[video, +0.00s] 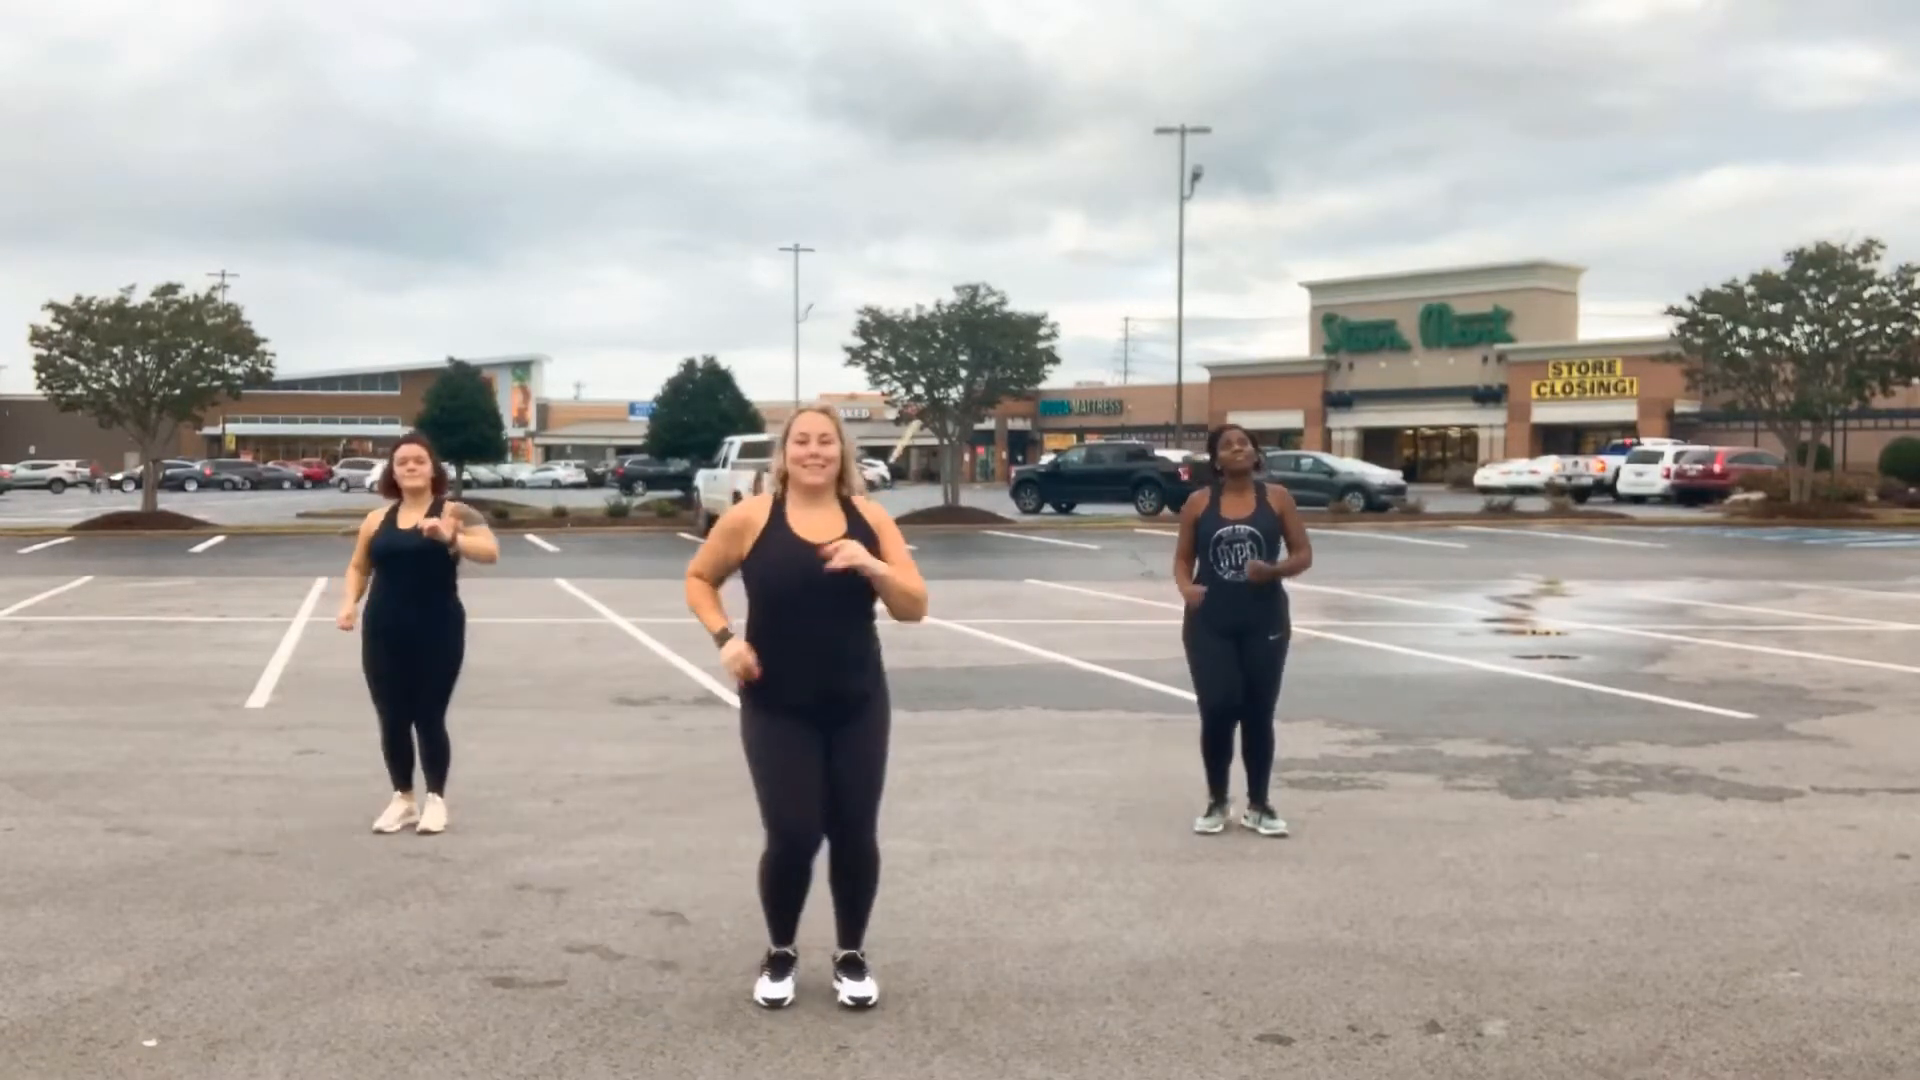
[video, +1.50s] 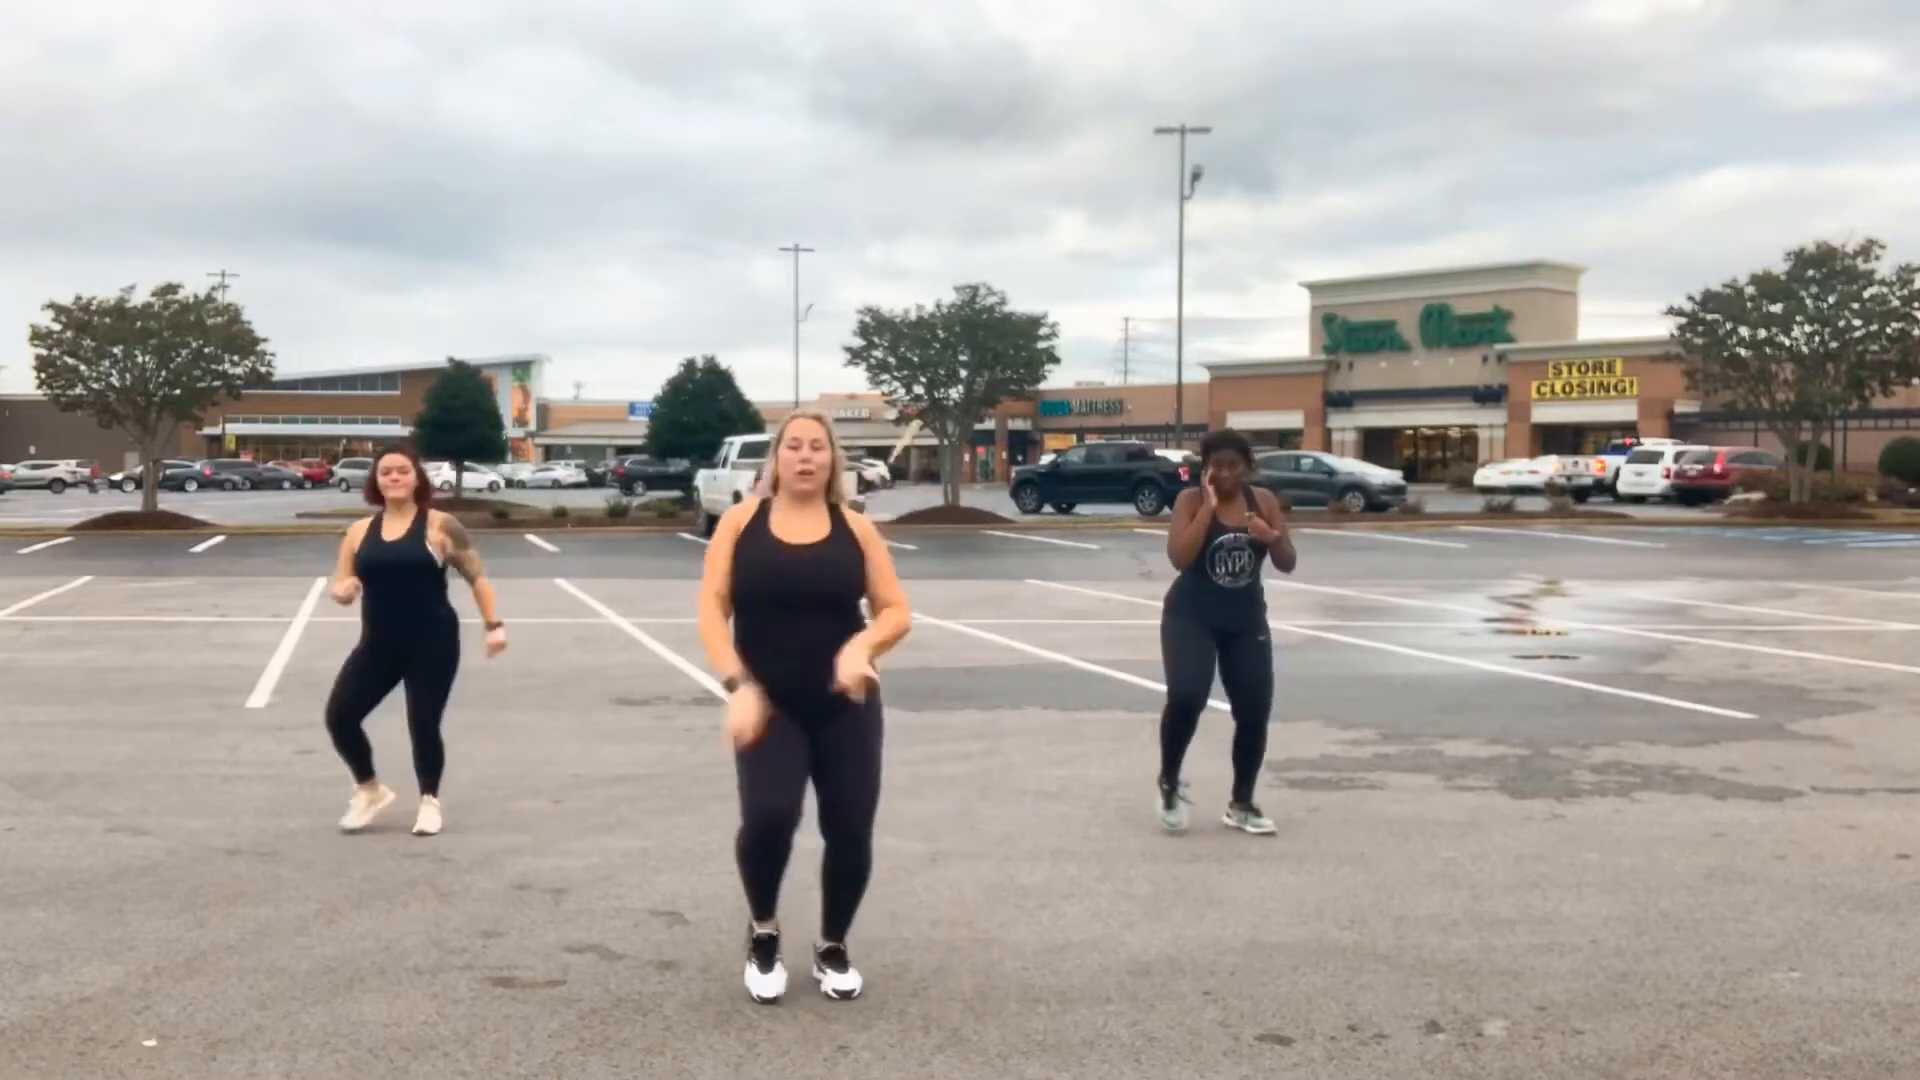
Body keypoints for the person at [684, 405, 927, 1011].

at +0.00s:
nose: (814, 450)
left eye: (826, 440)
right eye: (801, 440)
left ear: (843, 452)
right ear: (783, 453)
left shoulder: (869, 519)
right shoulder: (749, 519)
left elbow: (914, 607)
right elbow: (699, 579)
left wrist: (875, 569)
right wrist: (727, 638)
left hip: (857, 704)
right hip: (776, 704)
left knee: (855, 835)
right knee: (794, 837)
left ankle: (851, 956)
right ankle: (780, 956)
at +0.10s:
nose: (817, 457)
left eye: (827, 448)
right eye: (805, 448)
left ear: (844, 460)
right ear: (786, 460)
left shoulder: (871, 529)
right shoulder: (754, 523)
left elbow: (907, 617)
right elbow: (694, 589)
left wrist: (865, 594)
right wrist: (719, 661)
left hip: (862, 711)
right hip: (782, 712)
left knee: (866, 835)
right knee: (806, 838)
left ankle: (853, 957)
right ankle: (782, 957)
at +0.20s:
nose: (818, 457)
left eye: (829, 448)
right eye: (806, 448)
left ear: (846, 459)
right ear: (787, 460)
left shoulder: (876, 526)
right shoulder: (760, 529)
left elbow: (906, 608)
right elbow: (708, 614)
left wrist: (880, 674)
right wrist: (727, 699)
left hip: (862, 706)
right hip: (783, 710)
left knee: (889, 827)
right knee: (794, 842)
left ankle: (859, 952)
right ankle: (779, 957)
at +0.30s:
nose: (821, 457)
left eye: (832, 447)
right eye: (809, 448)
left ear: (850, 458)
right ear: (791, 459)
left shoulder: (883, 524)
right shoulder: (766, 531)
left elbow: (915, 617)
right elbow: (736, 620)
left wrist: (929, 701)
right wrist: (767, 686)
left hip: (869, 706)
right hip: (788, 707)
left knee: (915, 813)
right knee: (785, 840)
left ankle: (894, 940)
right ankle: (778, 957)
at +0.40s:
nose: (835, 449)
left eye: (846, 439)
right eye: (823, 440)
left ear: (864, 451)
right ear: (805, 452)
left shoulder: (897, 517)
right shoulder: (778, 520)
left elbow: (949, 588)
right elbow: (755, 609)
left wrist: (961, 662)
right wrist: (819, 612)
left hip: (881, 702)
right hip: (795, 704)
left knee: (925, 822)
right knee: (786, 833)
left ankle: (958, 935)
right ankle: (777, 954)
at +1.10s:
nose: (825, 440)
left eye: (837, 431)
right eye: (814, 430)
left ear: (854, 445)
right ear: (796, 445)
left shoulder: (882, 512)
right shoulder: (765, 511)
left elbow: (924, 588)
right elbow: (708, 586)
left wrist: (896, 650)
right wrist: (758, 607)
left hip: (859, 694)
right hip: (776, 695)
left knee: (885, 817)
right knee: (775, 826)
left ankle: (882, 931)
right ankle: (771, 949)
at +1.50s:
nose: (805, 456)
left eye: (816, 447)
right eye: (794, 446)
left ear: (833, 459)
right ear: (775, 458)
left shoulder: (855, 526)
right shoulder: (740, 521)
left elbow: (897, 612)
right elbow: (711, 611)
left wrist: (863, 644)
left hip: (847, 702)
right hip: (766, 701)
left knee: (851, 834)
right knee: (769, 821)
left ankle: (833, 948)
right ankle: (763, 933)